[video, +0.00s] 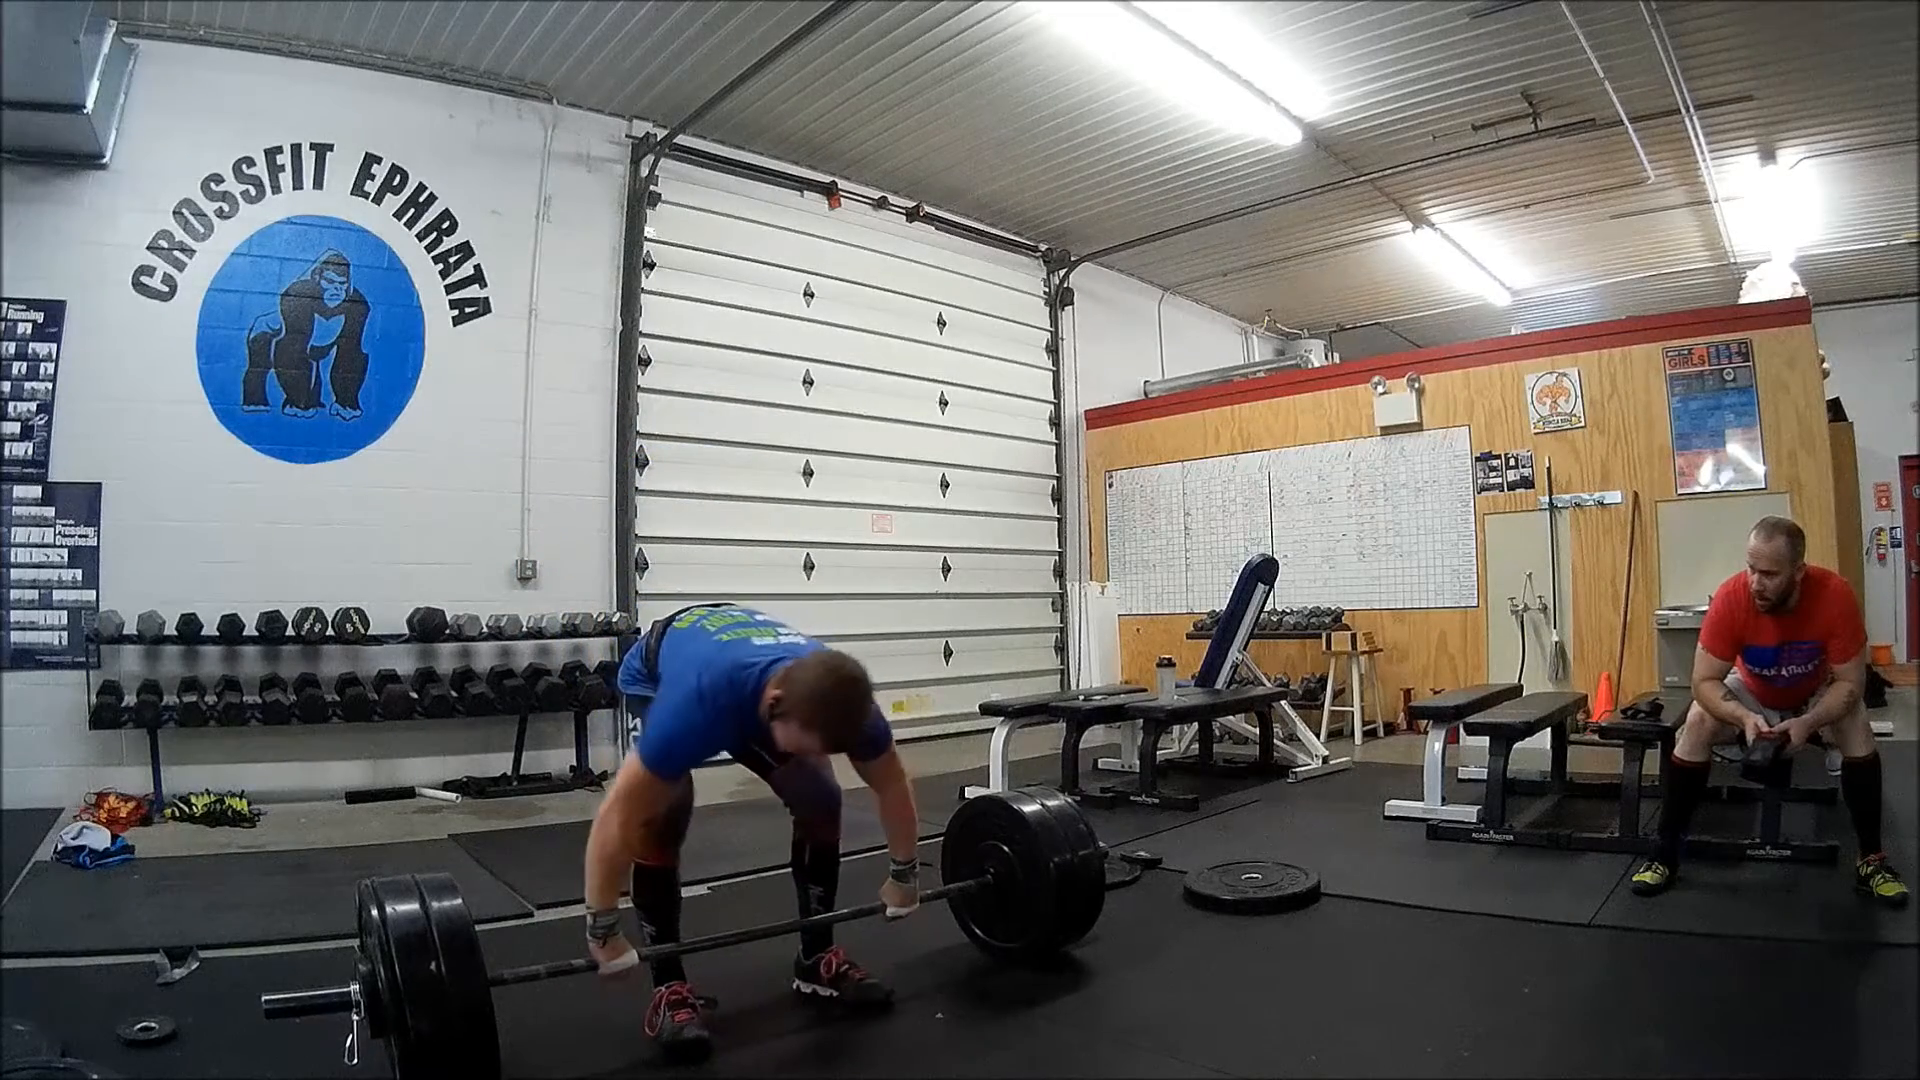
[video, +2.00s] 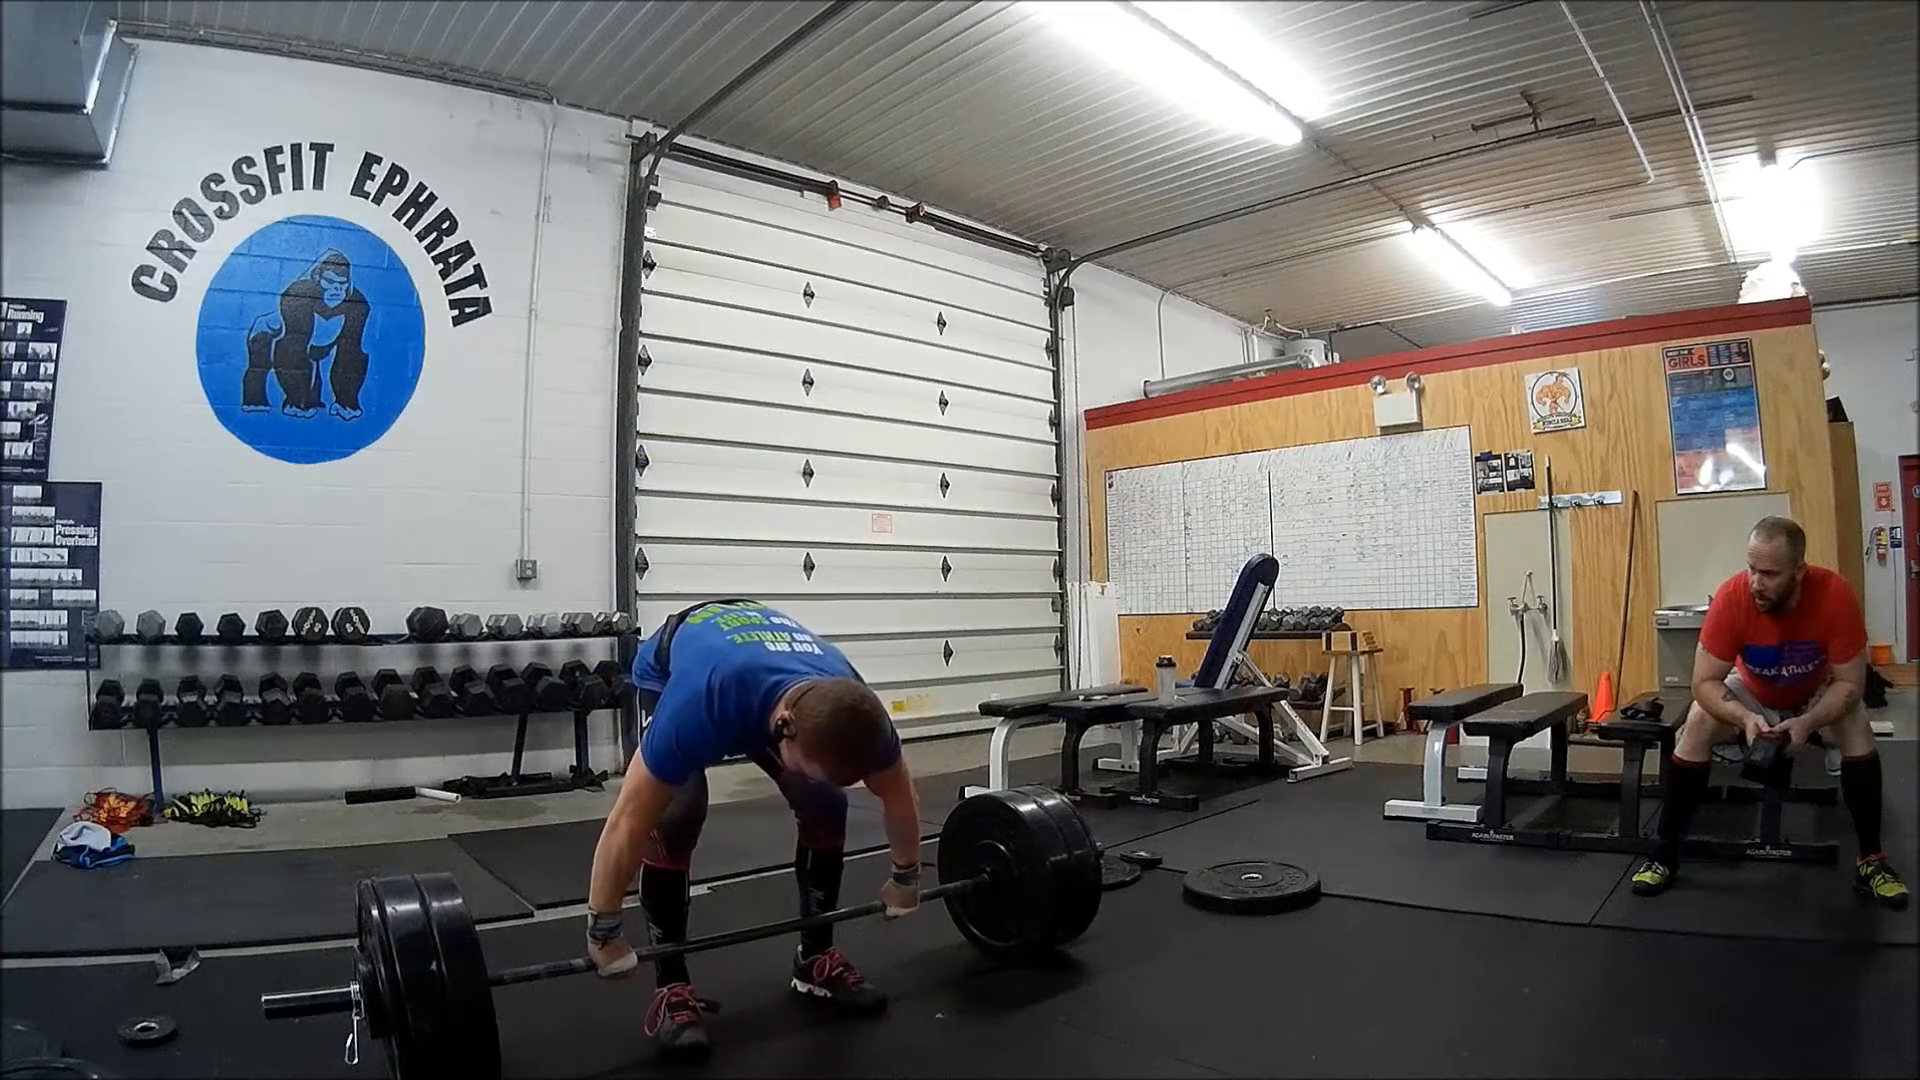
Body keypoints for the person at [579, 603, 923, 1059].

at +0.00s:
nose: (808, 762)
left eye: (822, 755)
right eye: (801, 750)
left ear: (843, 722)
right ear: (774, 703)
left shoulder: (848, 707)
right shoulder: (697, 704)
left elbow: (890, 782)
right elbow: (617, 811)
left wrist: (906, 873)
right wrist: (602, 930)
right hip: (651, 679)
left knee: (820, 800)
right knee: (665, 816)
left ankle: (817, 959)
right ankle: (670, 990)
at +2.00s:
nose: (822, 789)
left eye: (838, 782)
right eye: (815, 776)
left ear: (866, 743)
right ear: (785, 726)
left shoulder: (865, 722)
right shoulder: (698, 707)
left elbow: (898, 794)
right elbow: (628, 818)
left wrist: (907, 877)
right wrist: (603, 932)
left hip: (772, 647)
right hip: (671, 667)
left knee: (827, 807)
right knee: (679, 816)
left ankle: (816, 959)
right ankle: (672, 989)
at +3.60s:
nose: (786, 592)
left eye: (793, 579)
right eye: (769, 579)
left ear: (802, 591)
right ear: (731, 592)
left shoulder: (819, 679)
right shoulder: (679, 681)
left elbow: (868, 778)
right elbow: (634, 801)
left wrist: (902, 866)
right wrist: (618, 918)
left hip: (772, 816)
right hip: (693, 822)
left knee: (865, 825)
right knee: (679, 853)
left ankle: (814, 964)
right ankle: (675, 997)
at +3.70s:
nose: (795, 599)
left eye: (802, 585)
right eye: (776, 585)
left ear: (811, 597)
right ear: (738, 600)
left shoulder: (829, 680)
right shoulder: (684, 683)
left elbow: (873, 780)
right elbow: (638, 805)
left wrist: (901, 867)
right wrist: (618, 921)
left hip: (774, 811)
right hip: (693, 816)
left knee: (864, 825)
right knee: (680, 852)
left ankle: (814, 964)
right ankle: (674, 997)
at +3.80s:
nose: (804, 600)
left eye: (811, 586)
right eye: (783, 587)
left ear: (820, 599)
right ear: (746, 601)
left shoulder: (835, 678)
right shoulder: (688, 683)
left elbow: (873, 780)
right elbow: (643, 805)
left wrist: (900, 867)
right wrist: (619, 919)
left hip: (773, 800)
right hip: (693, 808)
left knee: (861, 825)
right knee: (682, 848)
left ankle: (814, 965)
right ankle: (674, 996)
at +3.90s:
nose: (814, 590)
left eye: (820, 575)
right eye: (794, 577)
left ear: (830, 587)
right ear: (755, 591)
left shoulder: (835, 672)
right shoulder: (698, 674)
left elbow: (871, 776)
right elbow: (648, 797)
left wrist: (898, 862)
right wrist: (619, 912)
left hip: (765, 779)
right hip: (685, 784)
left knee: (851, 819)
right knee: (690, 834)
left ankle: (815, 963)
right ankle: (674, 996)